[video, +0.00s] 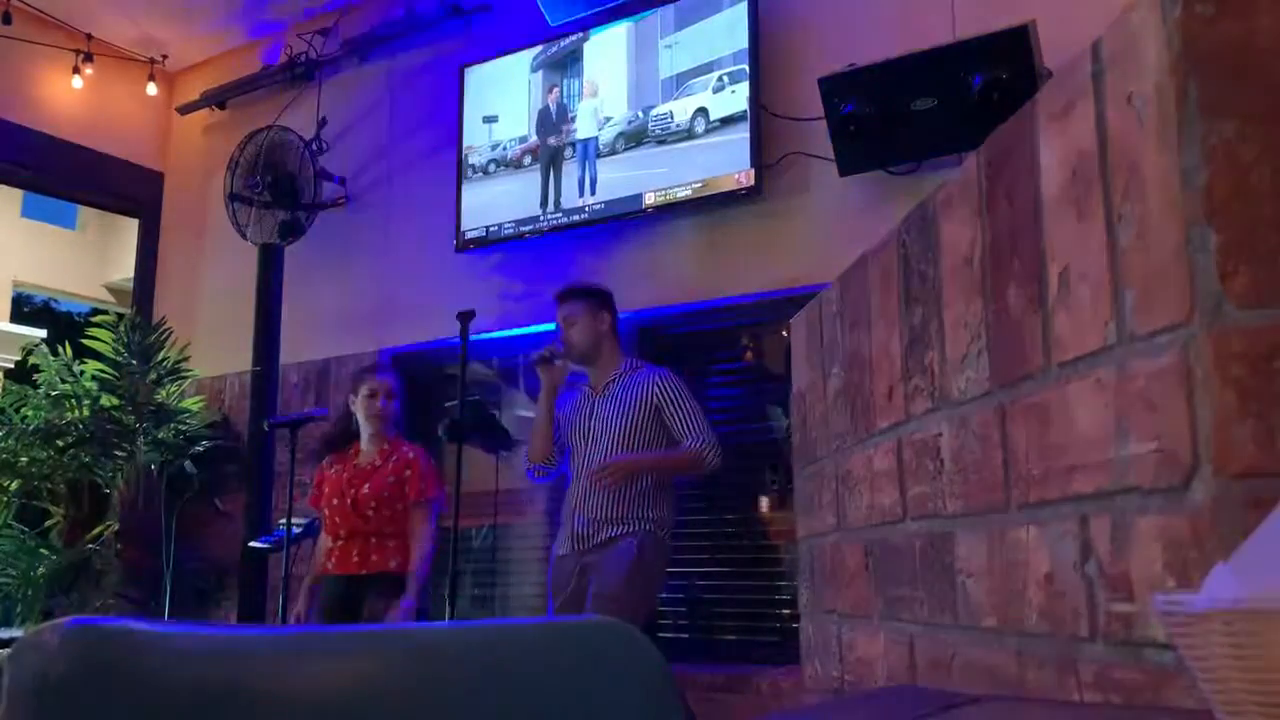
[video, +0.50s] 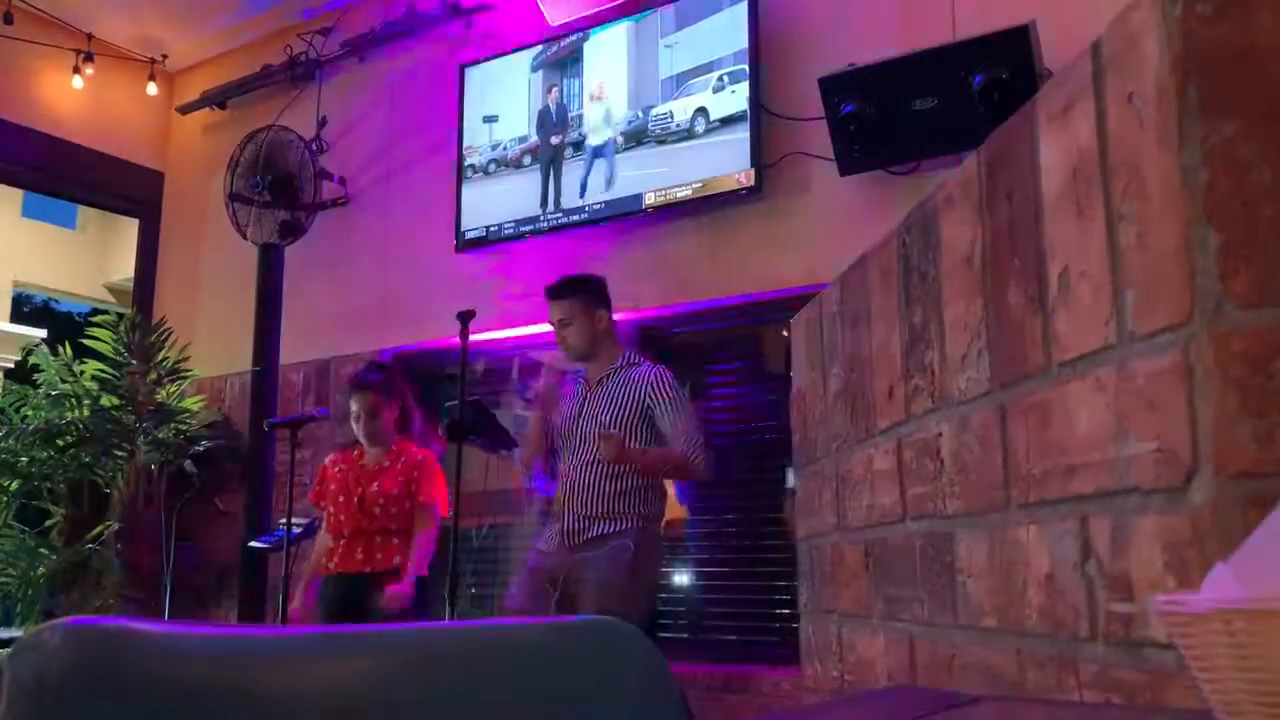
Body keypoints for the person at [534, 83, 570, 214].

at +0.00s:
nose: (558, 95)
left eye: (559, 92)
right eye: (556, 92)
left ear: (559, 94)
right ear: (550, 95)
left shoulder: (563, 108)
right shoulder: (542, 111)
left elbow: (566, 124)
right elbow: (538, 130)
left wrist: (563, 136)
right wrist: (545, 140)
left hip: (559, 145)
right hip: (547, 146)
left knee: (558, 176)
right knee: (545, 177)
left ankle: (557, 204)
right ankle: (543, 206)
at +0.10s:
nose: (558, 95)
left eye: (559, 92)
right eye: (556, 93)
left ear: (559, 94)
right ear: (549, 94)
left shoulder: (562, 108)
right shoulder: (542, 111)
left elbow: (566, 125)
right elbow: (538, 131)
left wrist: (561, 136)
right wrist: (549, 139)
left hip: (559, 146)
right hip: (546, 147)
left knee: (557, 177)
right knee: (545, 178)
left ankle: (557, 204)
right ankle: (543, 206)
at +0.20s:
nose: (557, 95)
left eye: (558, 92)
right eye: (555, 92)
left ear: (559, 94)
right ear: (549, 95)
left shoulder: (562, 109)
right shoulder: (542, 111)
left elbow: (566, 126)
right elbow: (539, 130)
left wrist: (562, 137)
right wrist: (549, 140)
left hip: (559, 146)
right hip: (546, 147)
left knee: (558, 177)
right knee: (545, 178)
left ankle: (557, 203)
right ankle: (543, 205)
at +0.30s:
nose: (557, 95)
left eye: (558, 92)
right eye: (555, 92)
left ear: (559, 94)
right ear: (549, 95)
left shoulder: (562, 108)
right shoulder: (542, 111)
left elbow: (566, 125)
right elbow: (539, 130)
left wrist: (561, 136)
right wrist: (549, 139)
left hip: (559, 147)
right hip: (546, 148)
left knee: (557, 177)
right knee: (545, 178)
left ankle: (557, 204)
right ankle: (543, 206)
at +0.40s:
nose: (557, 94)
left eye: (558, 92)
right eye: (555, 92)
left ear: (559, 94)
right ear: (549, 94)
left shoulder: (562, 108)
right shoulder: (542, 111)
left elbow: (566, 125)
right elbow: (539, 130)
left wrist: (561, 135)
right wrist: (548, 138)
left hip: (559, 147)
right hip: (546, 147)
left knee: (557, 177)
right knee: (545, 178)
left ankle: (557, 204)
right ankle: (543, 206)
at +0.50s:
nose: (557, 94)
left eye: (558, 92)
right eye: (555, 92)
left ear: (559, 94)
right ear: (549, 94)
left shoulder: (562, 108)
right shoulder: (542, 111)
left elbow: (565, 125)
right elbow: (539, 130)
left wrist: (561, 136)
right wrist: (548, 139)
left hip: (559, 147)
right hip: (546, 147)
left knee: (558, 177)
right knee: (545, 178)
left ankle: (557, 204)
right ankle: (543, 206)